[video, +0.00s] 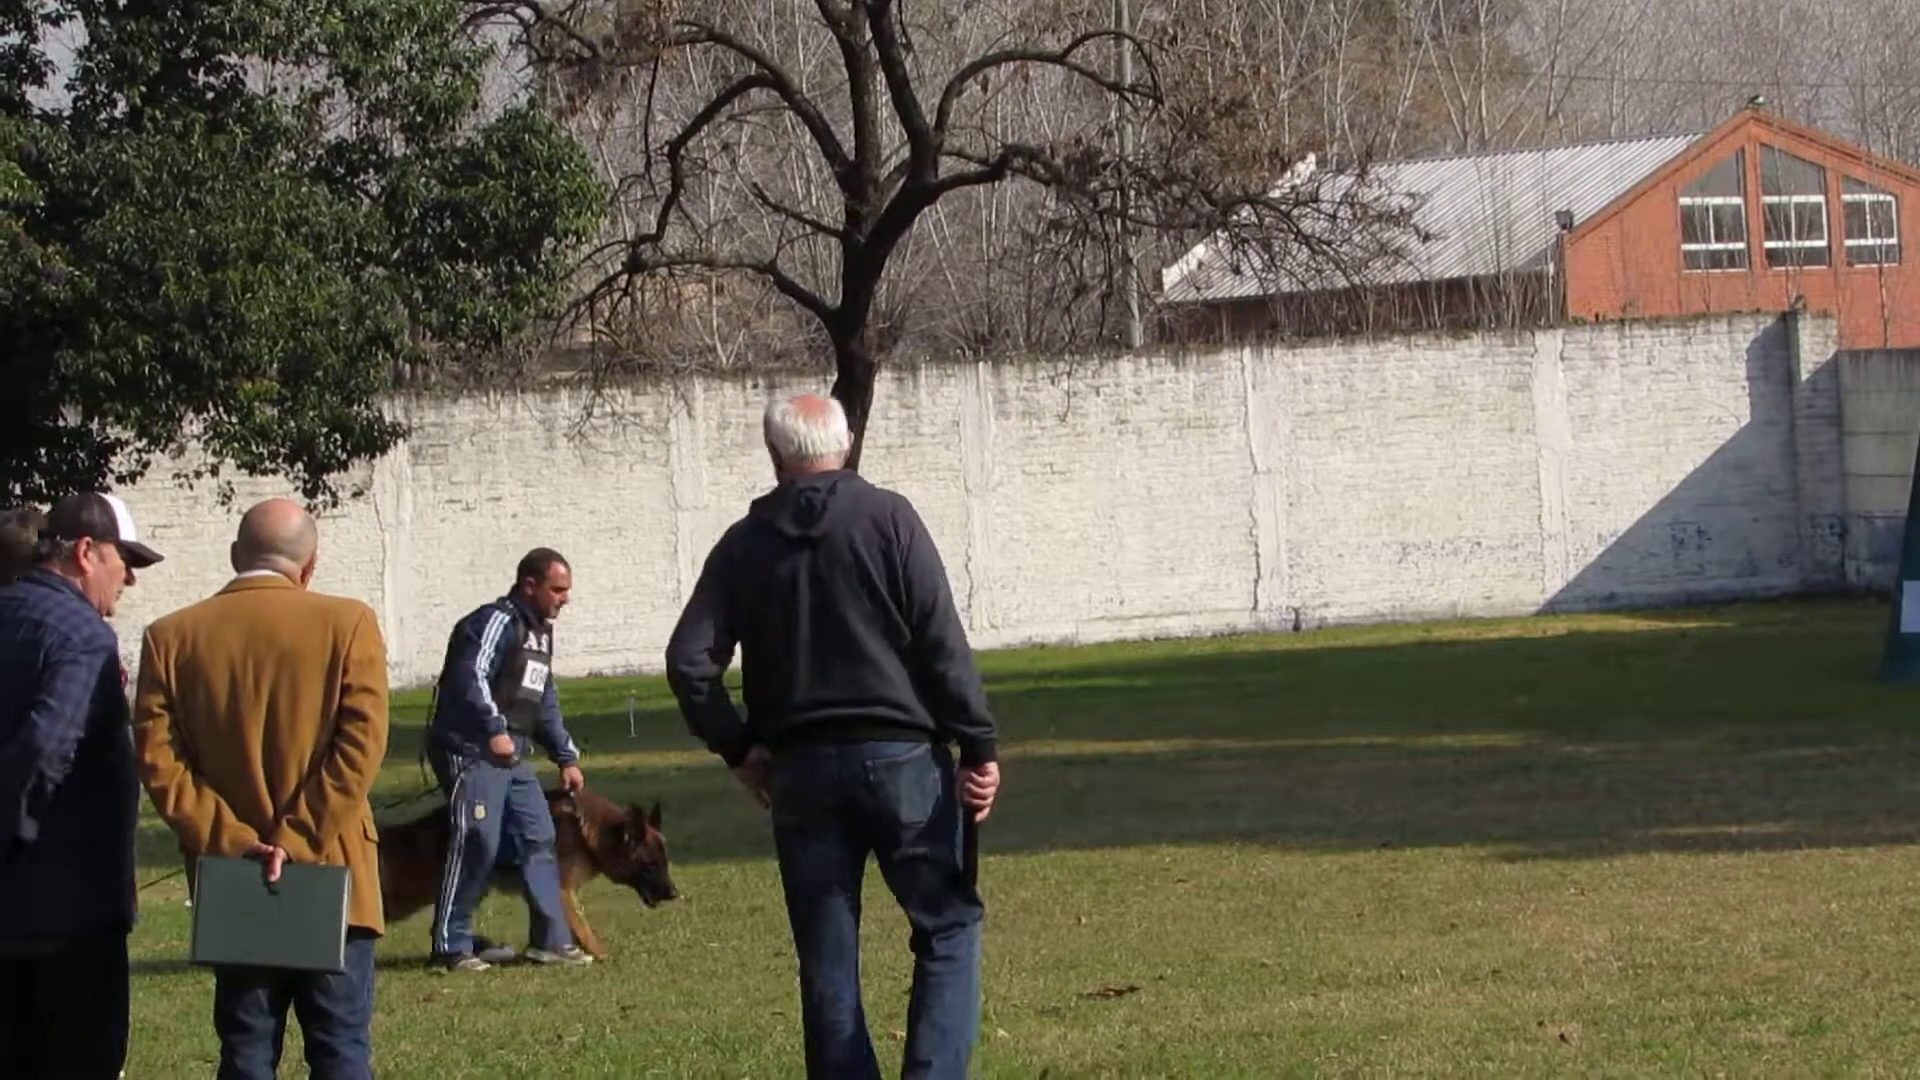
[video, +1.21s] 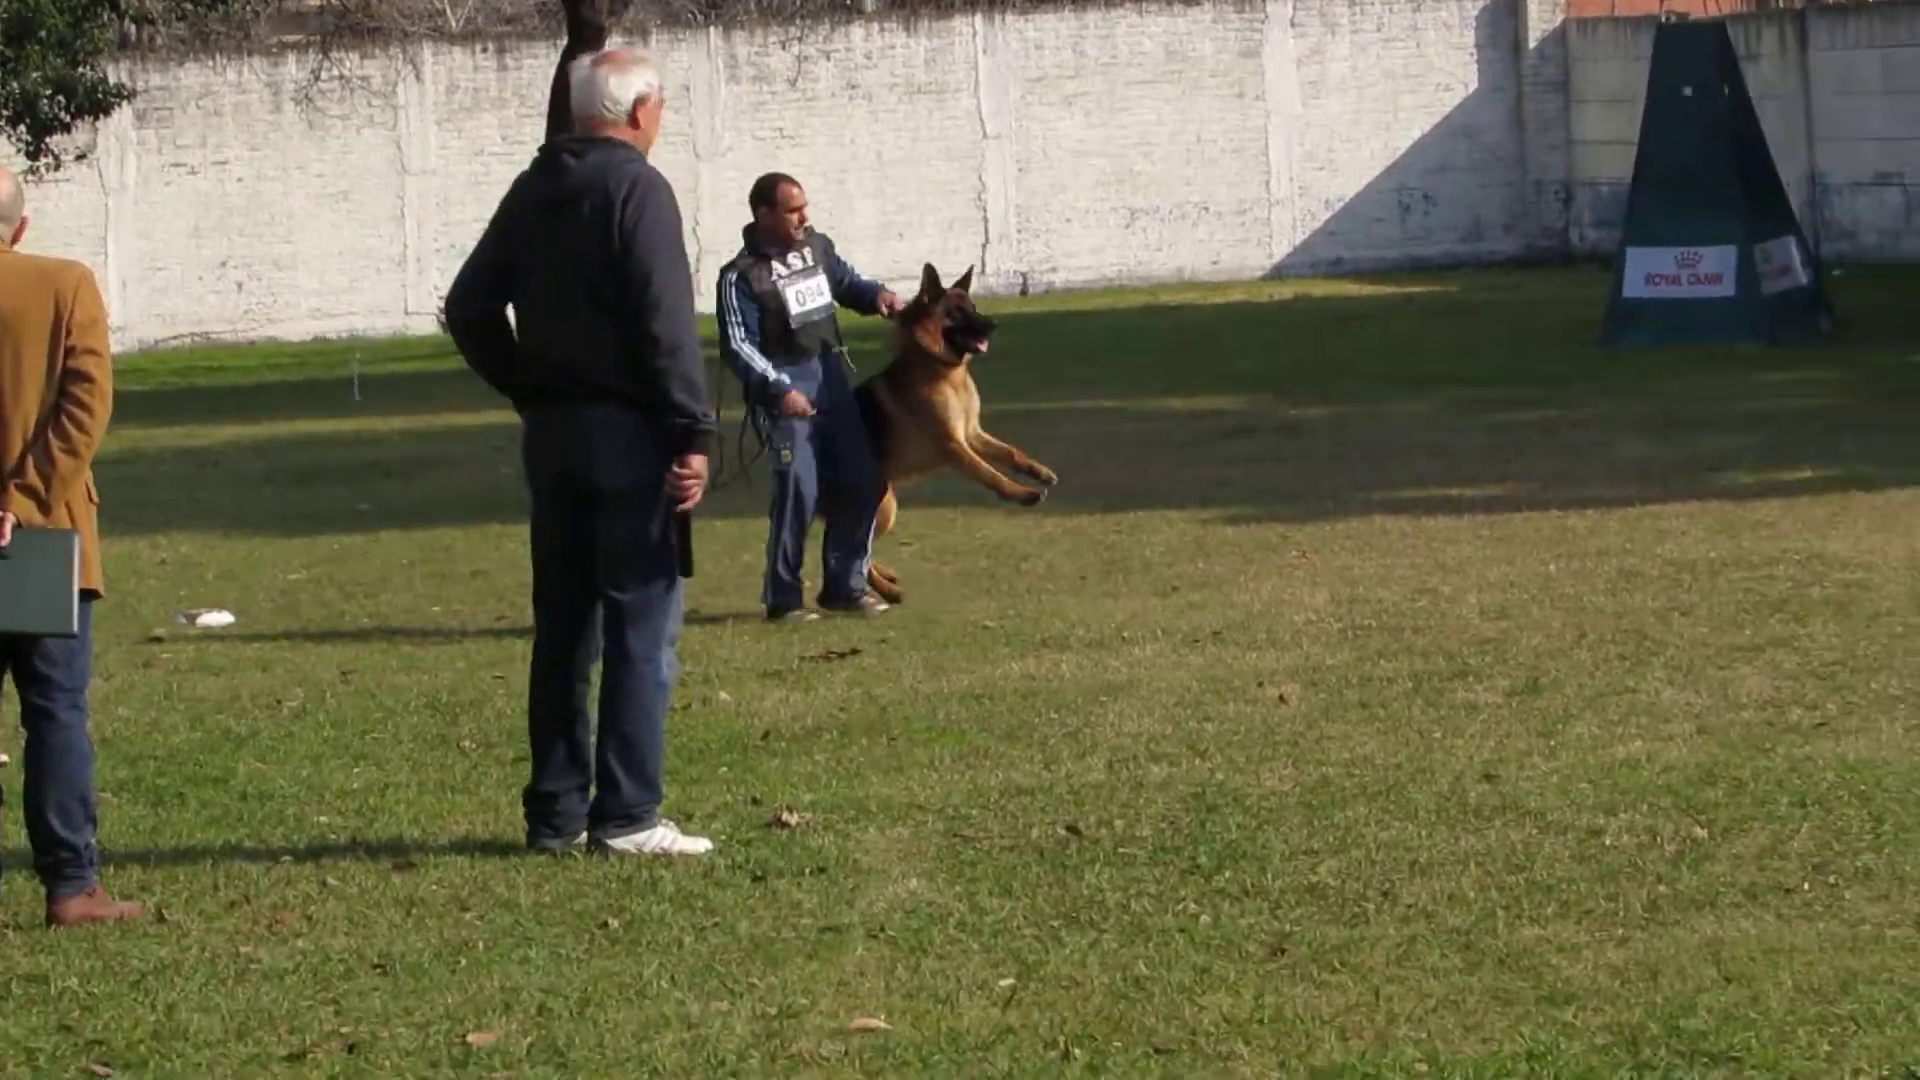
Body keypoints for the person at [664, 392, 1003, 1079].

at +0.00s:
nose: (852, 451)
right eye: (851, 442)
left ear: (775, 457)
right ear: (848, 447)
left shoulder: (743, 542)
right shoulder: (888, 517)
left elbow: (688, 661)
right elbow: (940, 642)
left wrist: (738, 747)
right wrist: (979, 746)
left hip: (799, 772)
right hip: (902, 761)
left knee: (825, 960)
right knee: (947, 928)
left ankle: (841, 1074)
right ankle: (933, 1072)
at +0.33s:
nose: (872, 402)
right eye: (872, 392)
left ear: (793, 400)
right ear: (869, 397)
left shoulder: (757, 481)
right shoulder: (893, 466)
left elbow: (693, 600)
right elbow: (937, 595)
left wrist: (745, 684)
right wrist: (970, 702)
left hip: (795, 713)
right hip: (890, 709)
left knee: (818, 911)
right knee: (904, 907)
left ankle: (835, 1065)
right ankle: (897, 1068)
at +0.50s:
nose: (890, 326)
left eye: (886, 316)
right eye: (888, 316)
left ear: (803, 322)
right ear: (881, 321)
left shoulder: (765, 401)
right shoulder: (899, 391)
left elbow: (700, 516)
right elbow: (938, 521)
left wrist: (751, 602)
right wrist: (970, 627)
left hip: (800, 640)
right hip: (891, 636)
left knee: (819, 826)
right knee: (900, 822)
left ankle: (833, 1009)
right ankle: (888, 1016)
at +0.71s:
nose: (870, 229)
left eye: (866, 217)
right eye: (868, 219)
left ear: (783, 219)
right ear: (856, 224)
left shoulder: (738, 302)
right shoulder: (870, 296)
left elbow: (671, 409)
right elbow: (904, 430)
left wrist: (716, 500)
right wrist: (927, 537)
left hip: (763, 545)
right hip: (852, 542)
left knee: (785, 732)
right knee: (857, 733)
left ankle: (791, 914)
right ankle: (844, 921)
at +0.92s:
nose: (804, 173)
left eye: (799, 161)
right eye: (802, 162)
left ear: (723, 157)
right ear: (789, 165)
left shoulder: (674, 236)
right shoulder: (798, 238)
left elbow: (600, 352)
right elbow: (830, 373)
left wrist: (653, 442)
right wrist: (850, 484)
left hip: (692, 482)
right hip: (776, 481)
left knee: (711, 670)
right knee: (783, 672)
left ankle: (703, 859)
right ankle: (769, 864)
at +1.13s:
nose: (716, 135)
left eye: (713, 121)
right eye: (713, 123)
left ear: (634, 121)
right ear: (696, 127)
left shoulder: (585, 198)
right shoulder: (696, 201)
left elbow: (517, 318)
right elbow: (726, 335)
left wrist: (580, 401)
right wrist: (752, 447)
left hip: (605, 450)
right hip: (686, 450)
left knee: (615, 635)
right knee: (696, 637)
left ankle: (608, 824)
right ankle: (681, 828)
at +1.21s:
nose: (662, 122)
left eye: (659, 108)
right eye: (658, 109)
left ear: (583, 109)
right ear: (636, 112)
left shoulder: (534, 183)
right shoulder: (639, 186)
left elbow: (468, 307)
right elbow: (667, 323)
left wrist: (535, 394)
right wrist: (694, 435)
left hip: (554, 439)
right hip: (633, 439)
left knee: (563, 628)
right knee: (645, 631)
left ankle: (556, 814)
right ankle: (629, 817)